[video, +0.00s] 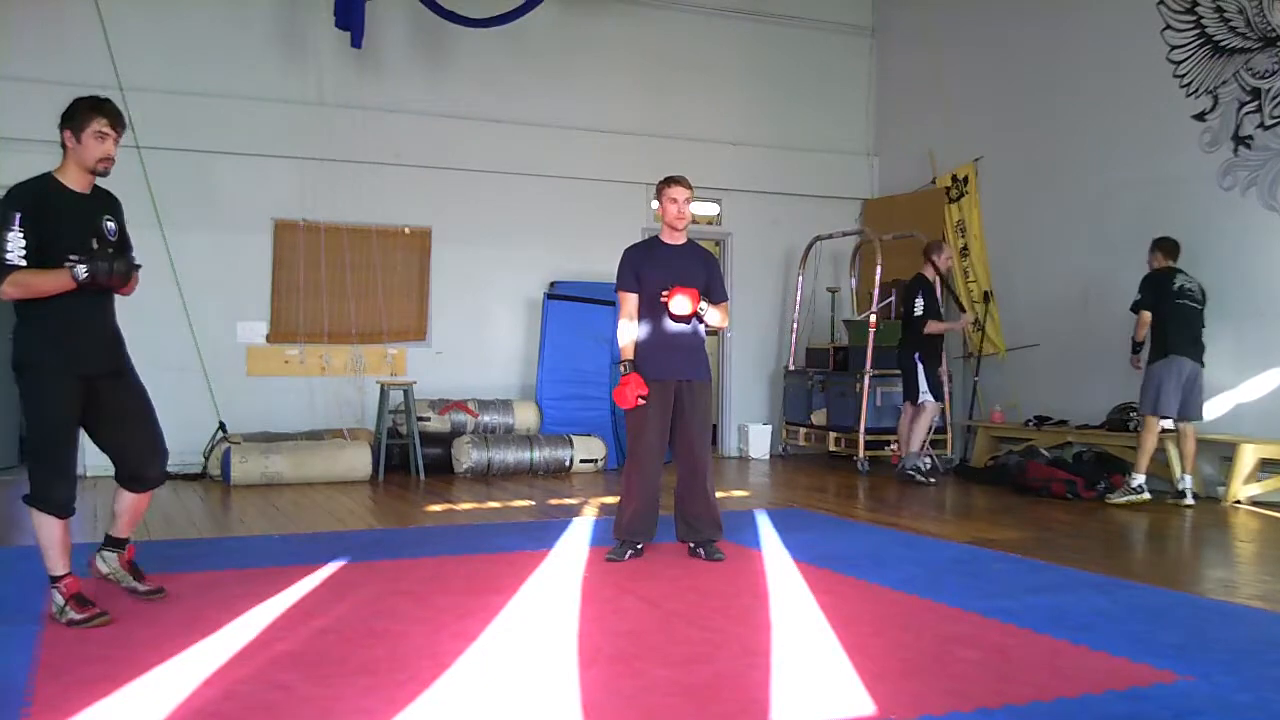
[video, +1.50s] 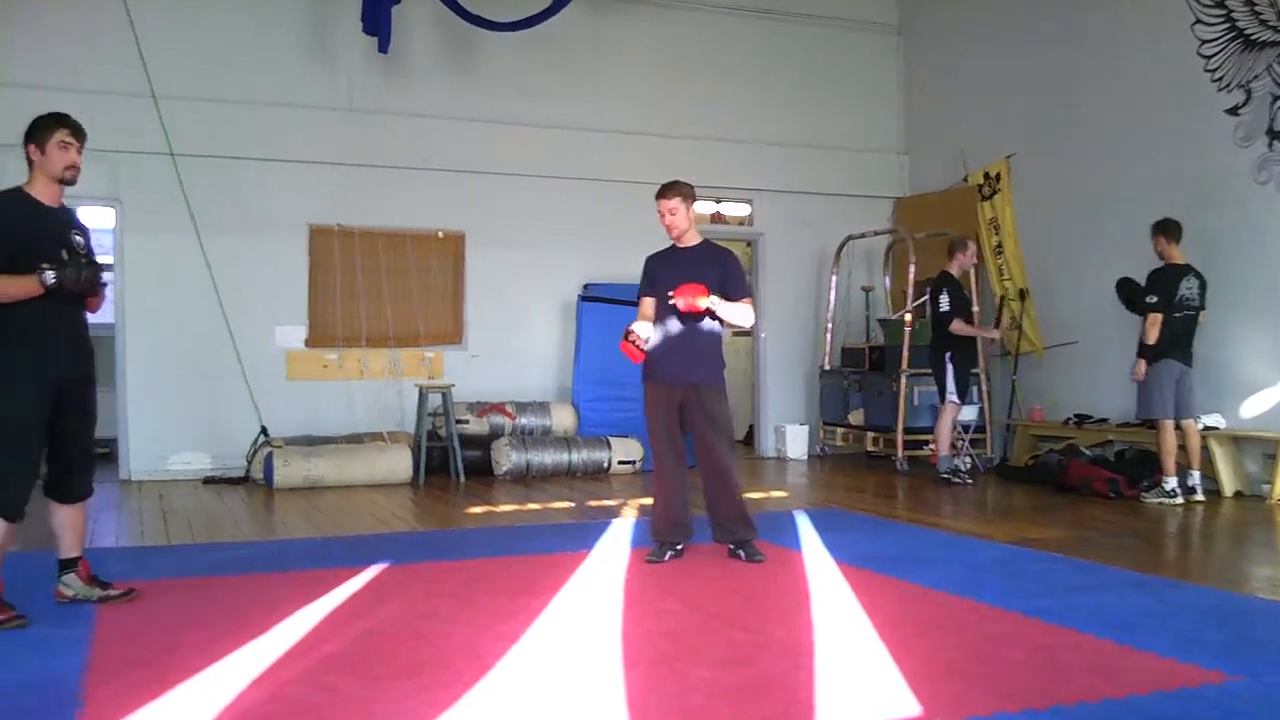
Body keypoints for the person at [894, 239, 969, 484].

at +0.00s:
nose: (951, 264)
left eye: (951, 259)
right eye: (948, 259)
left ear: (932, 259)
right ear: (933, 259)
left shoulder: (928, 284)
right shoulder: (920, 285)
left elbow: (932, 330)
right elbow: (922, 326)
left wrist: (941, 362)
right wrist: (958, 325)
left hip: (918, 353)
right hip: (917, 353)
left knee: (909, 408)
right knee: (930, 405)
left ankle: (906, 460)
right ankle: (911, 459)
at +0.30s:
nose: (934, 260)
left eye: (935, 255)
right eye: (932, 255)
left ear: (918, 257)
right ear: (919, 257)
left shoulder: (908, 282)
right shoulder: (910, 284)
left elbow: (917, 325)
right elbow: (921, 327)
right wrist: (951, 339)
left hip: (902, 352)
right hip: (905, 354)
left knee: (897, 406)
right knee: (906, 406)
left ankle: (893, 459)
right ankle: (893, 463)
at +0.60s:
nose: (905, 257)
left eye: (905, 252)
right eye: (903, 253)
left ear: (887, 255)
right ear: (891, 255)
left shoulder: (880, 280)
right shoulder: (881, 282)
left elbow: (897, 320)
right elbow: (899, 322)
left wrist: (919, 303)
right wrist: (922, 305)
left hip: (875, 350)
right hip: (877, 352)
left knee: (874, 405)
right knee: (879, 404)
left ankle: (869, 459)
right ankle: (868, 461)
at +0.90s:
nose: (936, 257)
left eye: (935, 252)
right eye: (933, 253)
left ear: (916, 256)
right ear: (921, 256)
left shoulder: (908, 281)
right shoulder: (914, 284)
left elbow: (933, 317)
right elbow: (940, 319)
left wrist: (952, 308)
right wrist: (958, 304)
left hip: (906, 350)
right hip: (911, 352)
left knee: (907, 406)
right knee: (911, 406)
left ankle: (902, 461)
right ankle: (900, 463)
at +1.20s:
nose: (936, 259)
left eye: (936, 254)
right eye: (933, 255)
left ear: (919, 258)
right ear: (920, 257)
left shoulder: (910, 284)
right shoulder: (912, 285)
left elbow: (919, 325)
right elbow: (927, 325)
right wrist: (962, 335)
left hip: (912, 353)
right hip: (912, 355)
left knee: (908, 408)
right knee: (914, 407)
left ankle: (904, 462)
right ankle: (903, 465)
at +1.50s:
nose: (975, 260)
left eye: (975, 255)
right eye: (972, 255)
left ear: (958, 256)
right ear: (959, 256)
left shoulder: (955, 284)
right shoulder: (945, 284)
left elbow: (958, 322)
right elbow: (951, 324)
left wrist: (982, 330)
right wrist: (985, 333)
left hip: (956, 351)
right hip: (947, 352)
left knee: (951, 406)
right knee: (951, 405)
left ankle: (946, 460)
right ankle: (944, 463)